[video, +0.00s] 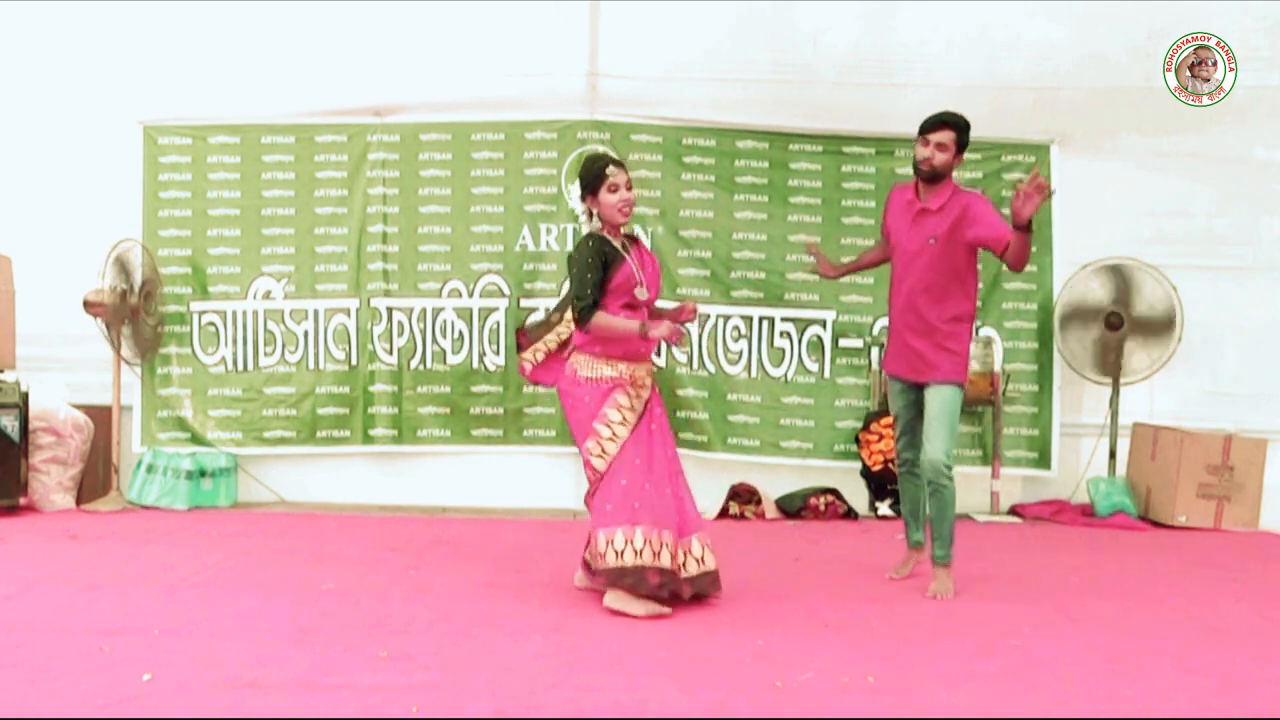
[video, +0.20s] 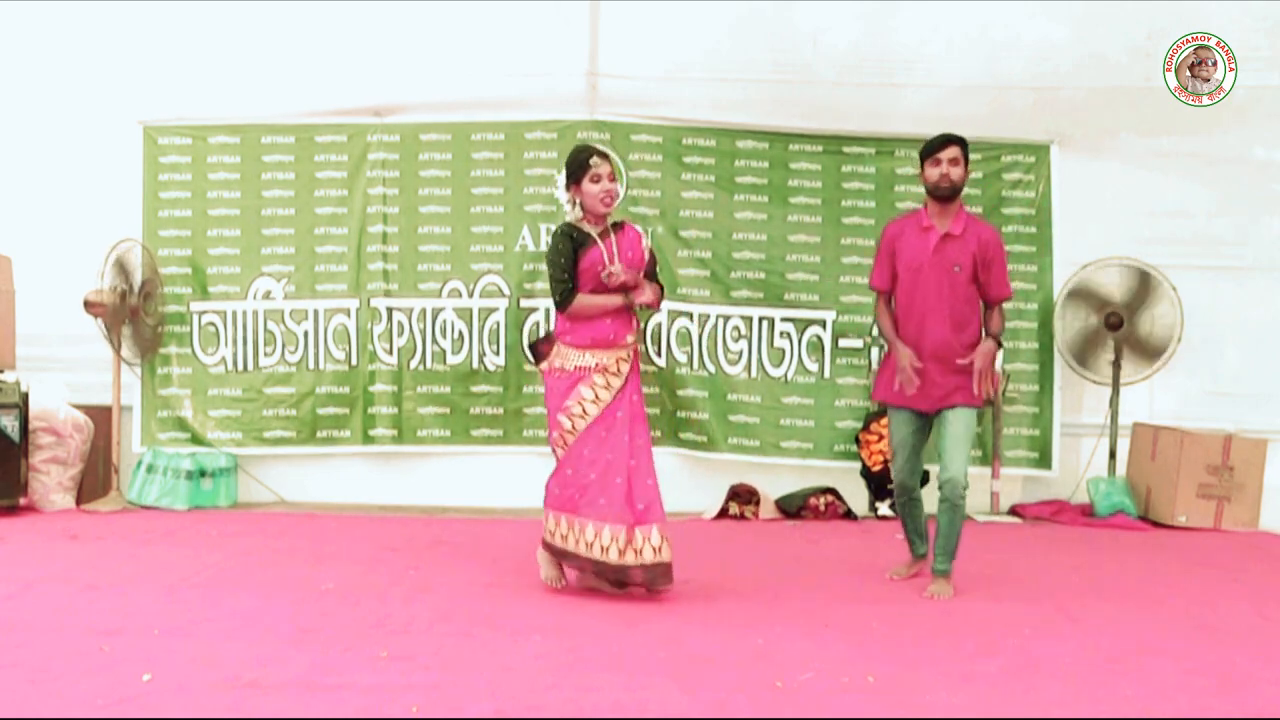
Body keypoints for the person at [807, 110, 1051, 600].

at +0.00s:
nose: (931, 152)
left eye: (943, 147)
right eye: (926, 143)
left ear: (958, 159)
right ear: (914, 147)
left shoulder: (971, 206)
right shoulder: (898, 197)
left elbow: (1017, 261)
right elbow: (889, 249)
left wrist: (1021, 225)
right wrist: (842, 269)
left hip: (947, 351)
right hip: (901, 347)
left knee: (935, 461)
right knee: (907, 457)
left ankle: (942, 566)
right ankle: (915, 548)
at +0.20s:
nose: (945, 170)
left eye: (954, 163)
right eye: (936, 163)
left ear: (967, 173)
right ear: (922, 172)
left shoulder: (983, 236)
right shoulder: (898, 231)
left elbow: (995, 304)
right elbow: (882, 300)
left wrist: (990, 343)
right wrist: (897, 346)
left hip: (960, 376)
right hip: (906, 372)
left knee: (954, 478)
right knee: (903, 477)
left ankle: (942, 570)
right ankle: (917, 550)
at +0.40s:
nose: (947, 150)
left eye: (955, 141)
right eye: (937, 143)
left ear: (968, 148)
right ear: (923, 152)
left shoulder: (986, 204)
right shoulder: (906, 207)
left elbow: (1008, 264)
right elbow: (896, 282)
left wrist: (1017, 272)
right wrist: (965, 267)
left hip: (966, 355)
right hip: (913, 355)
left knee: (967, 461)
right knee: (913, 464)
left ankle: (950, 563)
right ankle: (913, 553)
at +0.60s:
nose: (945, 168)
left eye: (953, 159)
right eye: (935, 162)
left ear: (967, 164)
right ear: (922, 170)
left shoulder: (980, 224)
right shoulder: (912, 229)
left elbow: (1014, 285)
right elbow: (920, 302)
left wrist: (1034, 274)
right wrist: (982, 266)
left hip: (973, 374)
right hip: (923, 375)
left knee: (985, 480)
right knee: (931, 480)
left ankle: (981, 578)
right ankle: (911, 546)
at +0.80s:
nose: (925, 154)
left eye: (934, 144)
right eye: (915, 146)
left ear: (949, 147)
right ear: (902, 152)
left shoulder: (965, 197)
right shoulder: (890, 205)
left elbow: (1020, 236)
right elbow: (904, 269)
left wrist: (1065, 226)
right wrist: (958, 221)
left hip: (950, 350)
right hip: (899, 349)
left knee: (957, 458)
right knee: (912, 459)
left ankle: (956, 561)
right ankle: (908, 559)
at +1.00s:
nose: (906, 164)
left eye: (916, 156)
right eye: (896, 155)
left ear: (929, 159)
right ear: (883, 158)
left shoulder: (940, 214)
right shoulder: (866, 221)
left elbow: (985, 271)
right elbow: (880, 298)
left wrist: (1007, 249)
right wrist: (934, 256)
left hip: (922, 364)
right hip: (875, 365)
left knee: (916, 470)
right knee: (891, 475)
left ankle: (911, 584)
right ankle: (909, 573)